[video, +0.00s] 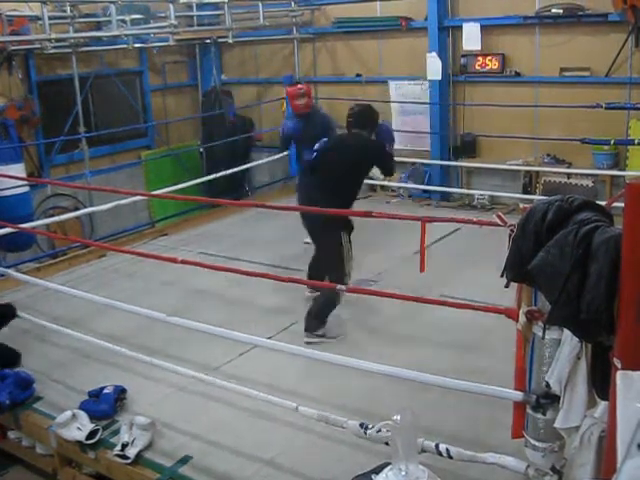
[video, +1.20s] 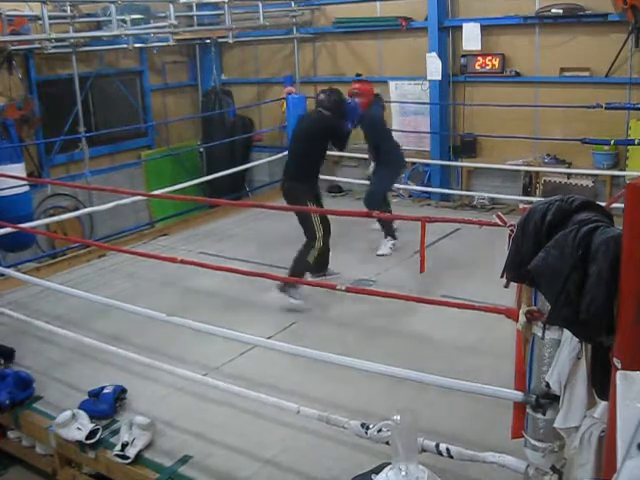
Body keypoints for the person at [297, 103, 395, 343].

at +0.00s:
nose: (376, 128)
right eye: (375, 125)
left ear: (350, 122)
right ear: (373, 126)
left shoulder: (335, 141)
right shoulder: (372, 147)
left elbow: (312, 167)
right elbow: (389, 170)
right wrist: (385, 147)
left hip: (308, 205)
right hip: (332, 211)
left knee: (324, 247)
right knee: (338, 275)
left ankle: (314, 283)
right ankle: (313, 327)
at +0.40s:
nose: (357, 121)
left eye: (356, 116)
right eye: (356, 117)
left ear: (335, 111)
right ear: (351, 116)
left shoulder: (319, 126)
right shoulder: (346, 132)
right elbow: (365, 150)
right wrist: (363, 130)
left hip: (297, 195)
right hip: (317, 199)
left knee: (314, 245)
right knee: (330, 254)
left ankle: (309, 284)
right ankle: (316, 311)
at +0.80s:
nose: (346, 114)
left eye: (345, 111)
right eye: (345, 111)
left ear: (320, 109)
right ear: (340, 111)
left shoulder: (307, 126)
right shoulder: (335, 129)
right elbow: (366, 149)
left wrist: (353, 133)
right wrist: (365, 132)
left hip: (293, 196)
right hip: (312, 198)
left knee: (318, 243)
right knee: (328, 254)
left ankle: (311, 286)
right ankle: (307, 305)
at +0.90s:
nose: (343, 113)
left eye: (342, 109)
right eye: (341, 109)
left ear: (318, 108)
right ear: (337, 110)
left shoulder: (306, 125)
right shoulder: (331, 128)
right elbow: (359, 146)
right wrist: (367, 131)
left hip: (294, 194)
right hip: (311, 197)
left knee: (319, 242)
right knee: (327, 251)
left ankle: (316, 279)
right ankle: (307, 305)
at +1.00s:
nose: (344, 111)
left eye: (343, 108)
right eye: (342, 108)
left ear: (319, 107)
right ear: (337, 109)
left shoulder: (306, 124)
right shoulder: (331, 127)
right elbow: (360, 144)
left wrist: (357, 134)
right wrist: (366, 133)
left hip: (295, 194)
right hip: (310, 197)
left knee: (318, 244)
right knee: (323, 251)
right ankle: (307, 304)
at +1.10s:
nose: (343, 113)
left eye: (342, 109)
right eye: (342, 109)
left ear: (319, 105)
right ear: (337, 109)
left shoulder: (309, 120)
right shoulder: (328, 124)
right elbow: (348, 142)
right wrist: (347, 123)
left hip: (297, 186)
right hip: (304, 190)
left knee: (324, 230)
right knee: (316, 241)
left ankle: (320, 269)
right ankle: (304, 301)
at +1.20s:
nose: (341, 113)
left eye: (341, 109)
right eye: (340, 109)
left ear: (321, 104)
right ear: (334, 108)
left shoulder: (308, 118)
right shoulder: (324, 122)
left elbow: (337, 142)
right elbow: (341, 143)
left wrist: (346, 121)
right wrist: (349, 122)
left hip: (301, 183)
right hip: (299, 186)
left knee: (323, 227)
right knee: (316, 235)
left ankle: (319, 269)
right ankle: (291, 282)